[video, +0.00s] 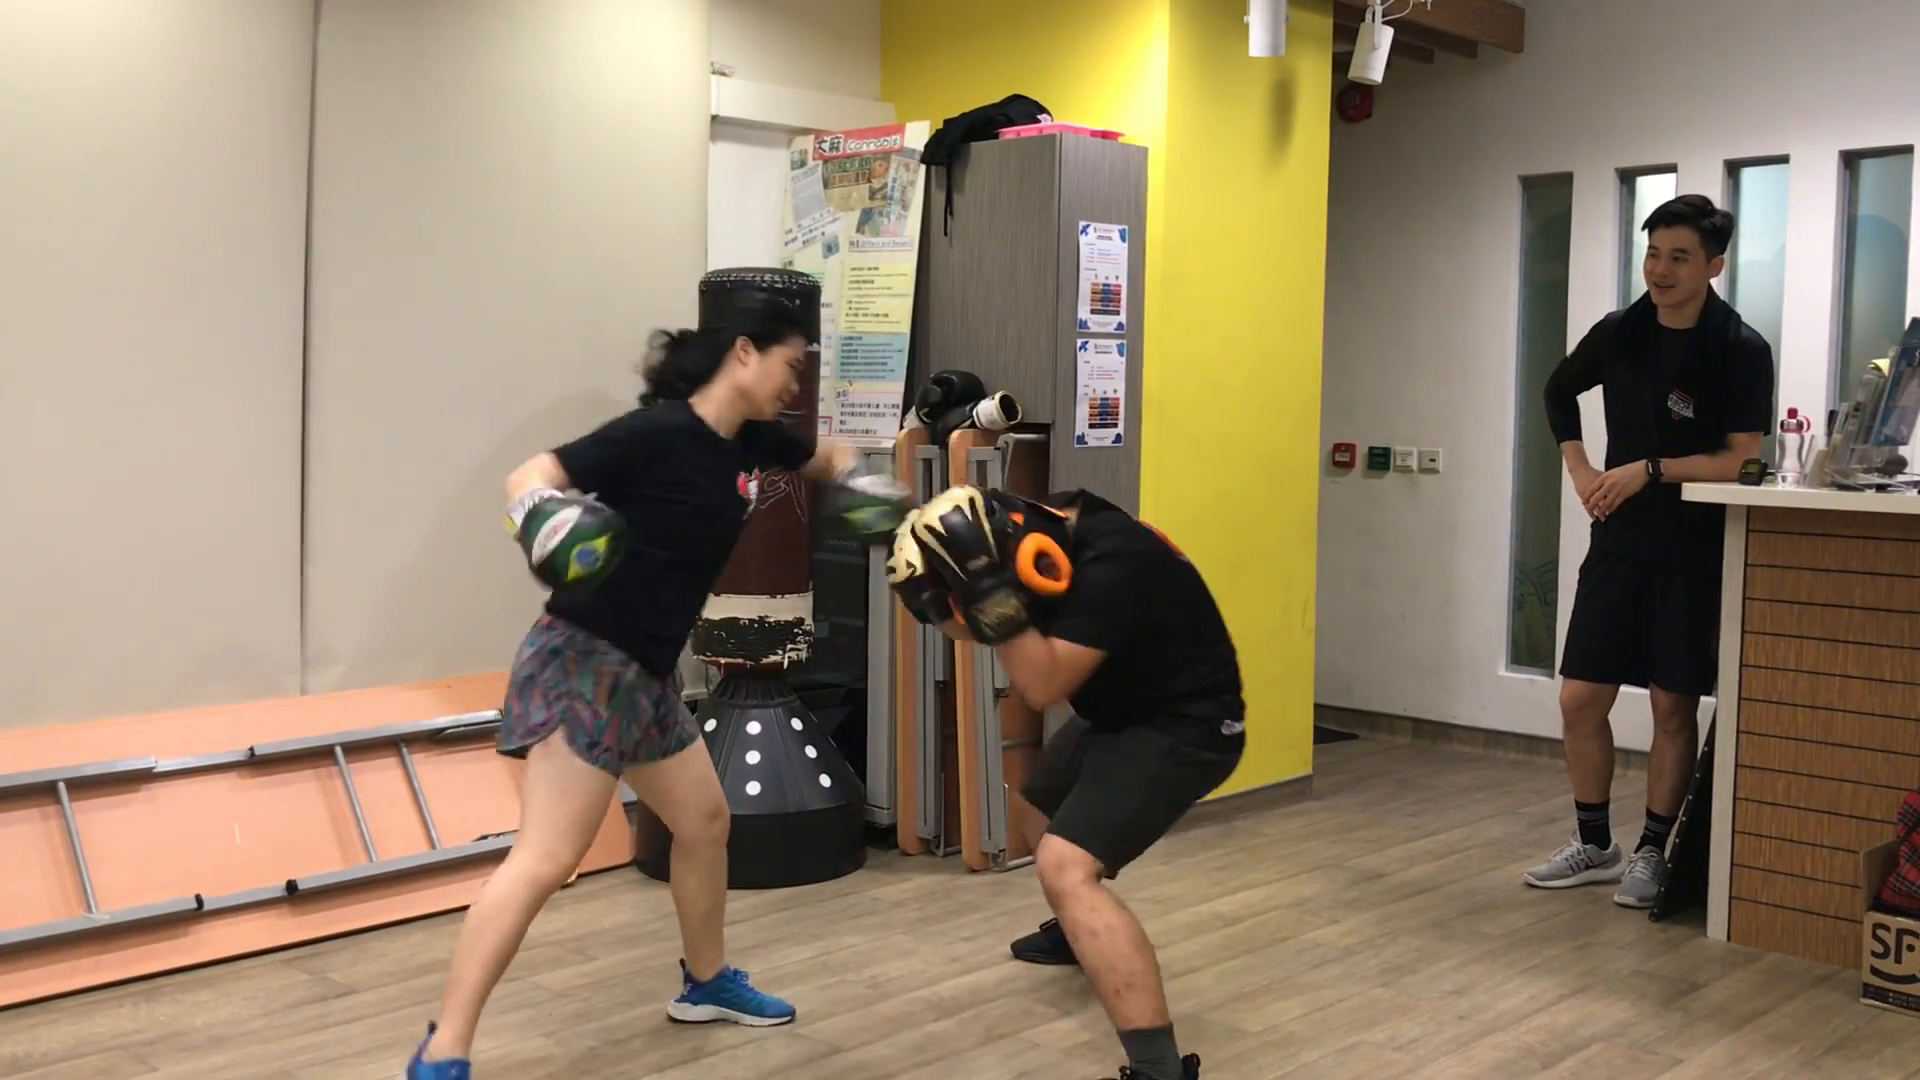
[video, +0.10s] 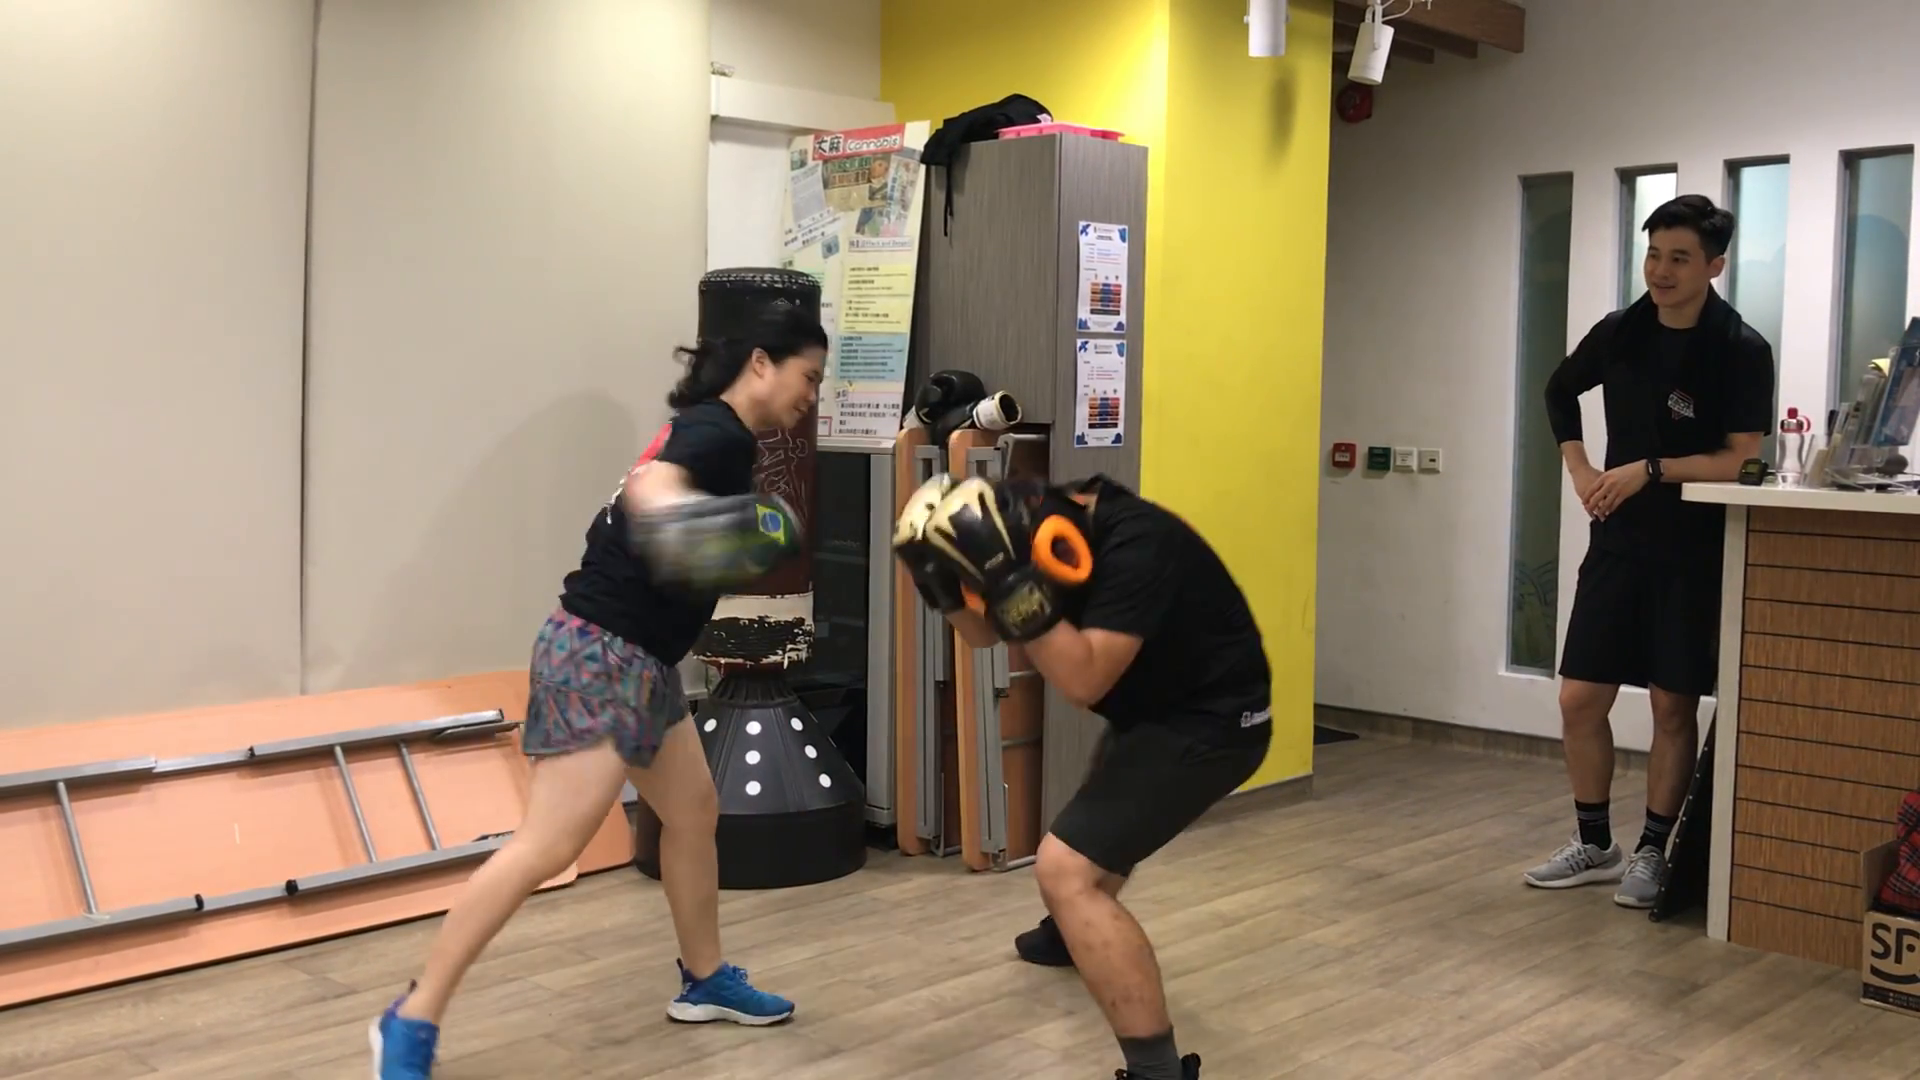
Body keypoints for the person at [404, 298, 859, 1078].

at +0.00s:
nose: (800, 384)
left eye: (804, 369)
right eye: (794, 365)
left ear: (749, 360)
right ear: (743, 355)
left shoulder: (750, 438)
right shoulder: (656, 433)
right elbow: (527, 477)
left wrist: (861, 473)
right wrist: (548, 515)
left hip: (646, 673)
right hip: (583, 660)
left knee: (705, 823)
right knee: (546, 858)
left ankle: (705, 981)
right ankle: (443, 1054)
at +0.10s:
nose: (813, 394)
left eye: (818, 379)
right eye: (808, 377)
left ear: (761, 367)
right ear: (761, 365)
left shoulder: (727, 442)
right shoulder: (710, 430)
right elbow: (649, 491)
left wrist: (749, 536)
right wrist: (711, 530)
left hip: (641, 659)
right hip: (598, 653)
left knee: (693, 807)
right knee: (548, 842)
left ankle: (705, 978)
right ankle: (415, 1015)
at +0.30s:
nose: (784, 405)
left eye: (793, 391)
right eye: (781, 385)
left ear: (733, 369)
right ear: (733, 362)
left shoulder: (690, 412)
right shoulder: (687, 412)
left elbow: (678, 490)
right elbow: (788, 480)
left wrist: (737, 502)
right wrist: (859, 487)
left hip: (643, 645)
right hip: (573, 637)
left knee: (681, 809)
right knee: (544, 827)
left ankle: (703, 978)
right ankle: (435, 953)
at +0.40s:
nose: (750, 395)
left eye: (757, 382)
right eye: (744, 376)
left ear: (703, 361)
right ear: (697, 351)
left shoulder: (667, 405)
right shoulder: (659, 407)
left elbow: (689, 490)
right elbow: (736, 507)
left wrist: (746, 456)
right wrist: (790, 469)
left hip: (638, 641)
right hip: (567, 640)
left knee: (673, 810)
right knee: (559, 834)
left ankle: (700, 977)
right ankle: (496, 961)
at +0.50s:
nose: (711, 392)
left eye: (719, 381)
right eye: (708, 376)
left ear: (662, 361)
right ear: (663, 355)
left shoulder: (628, 416)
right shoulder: (616, 420)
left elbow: (667, 525)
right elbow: (668, 541)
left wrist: (718, 467)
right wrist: (722, 470)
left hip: (626, 650)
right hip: (559, 652)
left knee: (691, 806)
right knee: (560, 834)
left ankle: (703, 975)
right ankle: (489, 967)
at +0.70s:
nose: (695, 374)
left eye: (708, 362)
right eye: (692, 357)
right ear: (644, 337)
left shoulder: (651, 405)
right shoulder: (571, 397)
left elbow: (676, 507)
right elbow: (608, 499)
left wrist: (722, 438)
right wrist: (661, 406)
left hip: (640, 632)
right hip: (554, 638)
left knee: (689, 804)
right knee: (536, 826)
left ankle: (703, 975)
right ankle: (490, 966)